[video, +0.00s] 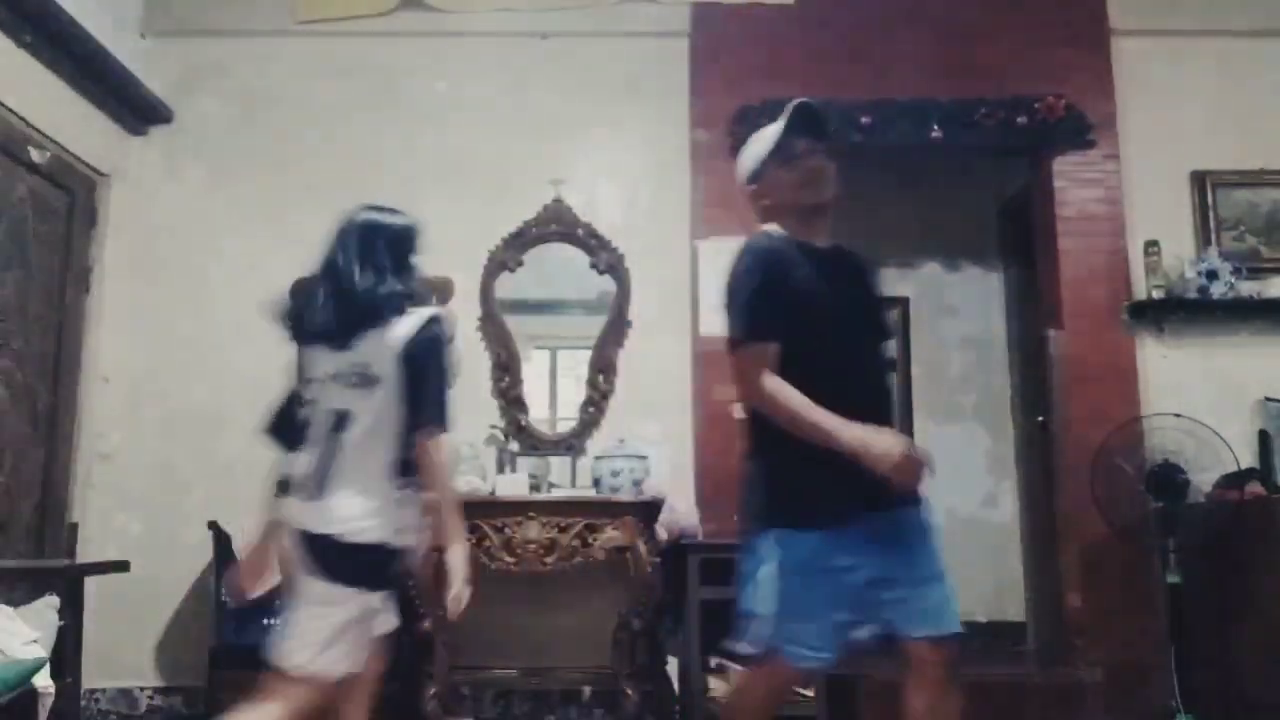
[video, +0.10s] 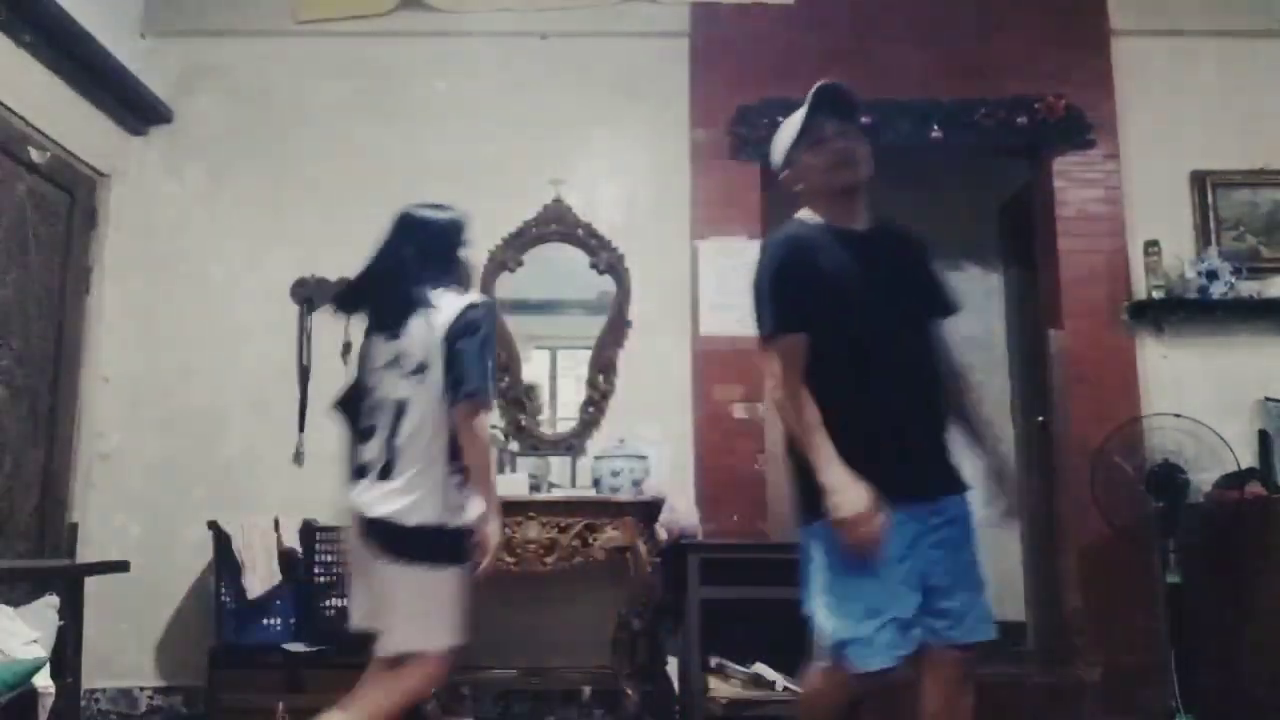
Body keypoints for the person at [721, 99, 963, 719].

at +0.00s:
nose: (813, 163)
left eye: (819, 152)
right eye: (792, 158)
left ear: (836, 168)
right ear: (761, 190)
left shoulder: (851, 267)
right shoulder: (763, 260)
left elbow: (856, 381)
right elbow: (755, 380)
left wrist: (889, 458)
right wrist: (860, 440)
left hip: (884, 504)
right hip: (802, 513)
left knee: (932, 654)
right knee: (781, 669)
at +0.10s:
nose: (840, 145)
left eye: (847, 132)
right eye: (819, 141)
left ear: (868, 148)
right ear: (794, 172)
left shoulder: (900, 246)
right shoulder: (791, 255)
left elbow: (942, 366)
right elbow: (786, 386)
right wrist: (836, 480)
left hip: (935, 492)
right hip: (854, 504)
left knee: (952, 655)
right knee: (841, 669)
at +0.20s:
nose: (862, 121)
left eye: (870, 107)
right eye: (839, 117)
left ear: (894, 123)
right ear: (817, 153)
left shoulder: (945, 223)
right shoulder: (808, 240)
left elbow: (1013, 328)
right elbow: (791, 365)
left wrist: (1072, 422)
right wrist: (796, 471)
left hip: (959, 460)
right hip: (873, 470)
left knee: (963, 646)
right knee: (918, 643)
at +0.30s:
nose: (882, 111)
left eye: (891, 98)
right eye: (859, 107)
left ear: (916, 116)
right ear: (837, 142)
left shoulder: (973, 211)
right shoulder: (824, 236)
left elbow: (1062, 303)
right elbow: (787, 361)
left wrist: (1140, 373)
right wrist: (783, 474)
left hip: (991, 458)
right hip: (899, 470)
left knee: (959, 664)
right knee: (977, 661)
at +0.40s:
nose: (896, 114)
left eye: (907, 101)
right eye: (874, 110)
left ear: (933, 119)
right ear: (850, 146)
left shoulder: (1001, 215)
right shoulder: (839, 244)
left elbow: (1103, 307)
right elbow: (797, 370)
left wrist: (1203, 365)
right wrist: (782, 485)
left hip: (1026, 474)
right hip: (930, 492)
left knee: (996, 656)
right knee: (1022, 667)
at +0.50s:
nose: (909, 109)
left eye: (921, 94)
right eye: (886, 105)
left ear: (949, 112)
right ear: (864, 141)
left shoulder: (1017, 212)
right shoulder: (850, 246)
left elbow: (1116, 324)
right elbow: (832, 388)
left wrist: (1223, 385)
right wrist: (816, 506)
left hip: (1054, 485)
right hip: (946, 505)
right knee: (1034, 693)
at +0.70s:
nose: (923, 64)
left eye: (939, 48)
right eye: (901, 54)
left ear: (968, 64)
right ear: (874, 83)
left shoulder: (1039, 166)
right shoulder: (850, 203)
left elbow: (1105, 293)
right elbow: (834, 335)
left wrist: (1151, 424)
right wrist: (897, 421)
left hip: (1061, 463)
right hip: (941, 489)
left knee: (1102, 667)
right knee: (1003, 693)